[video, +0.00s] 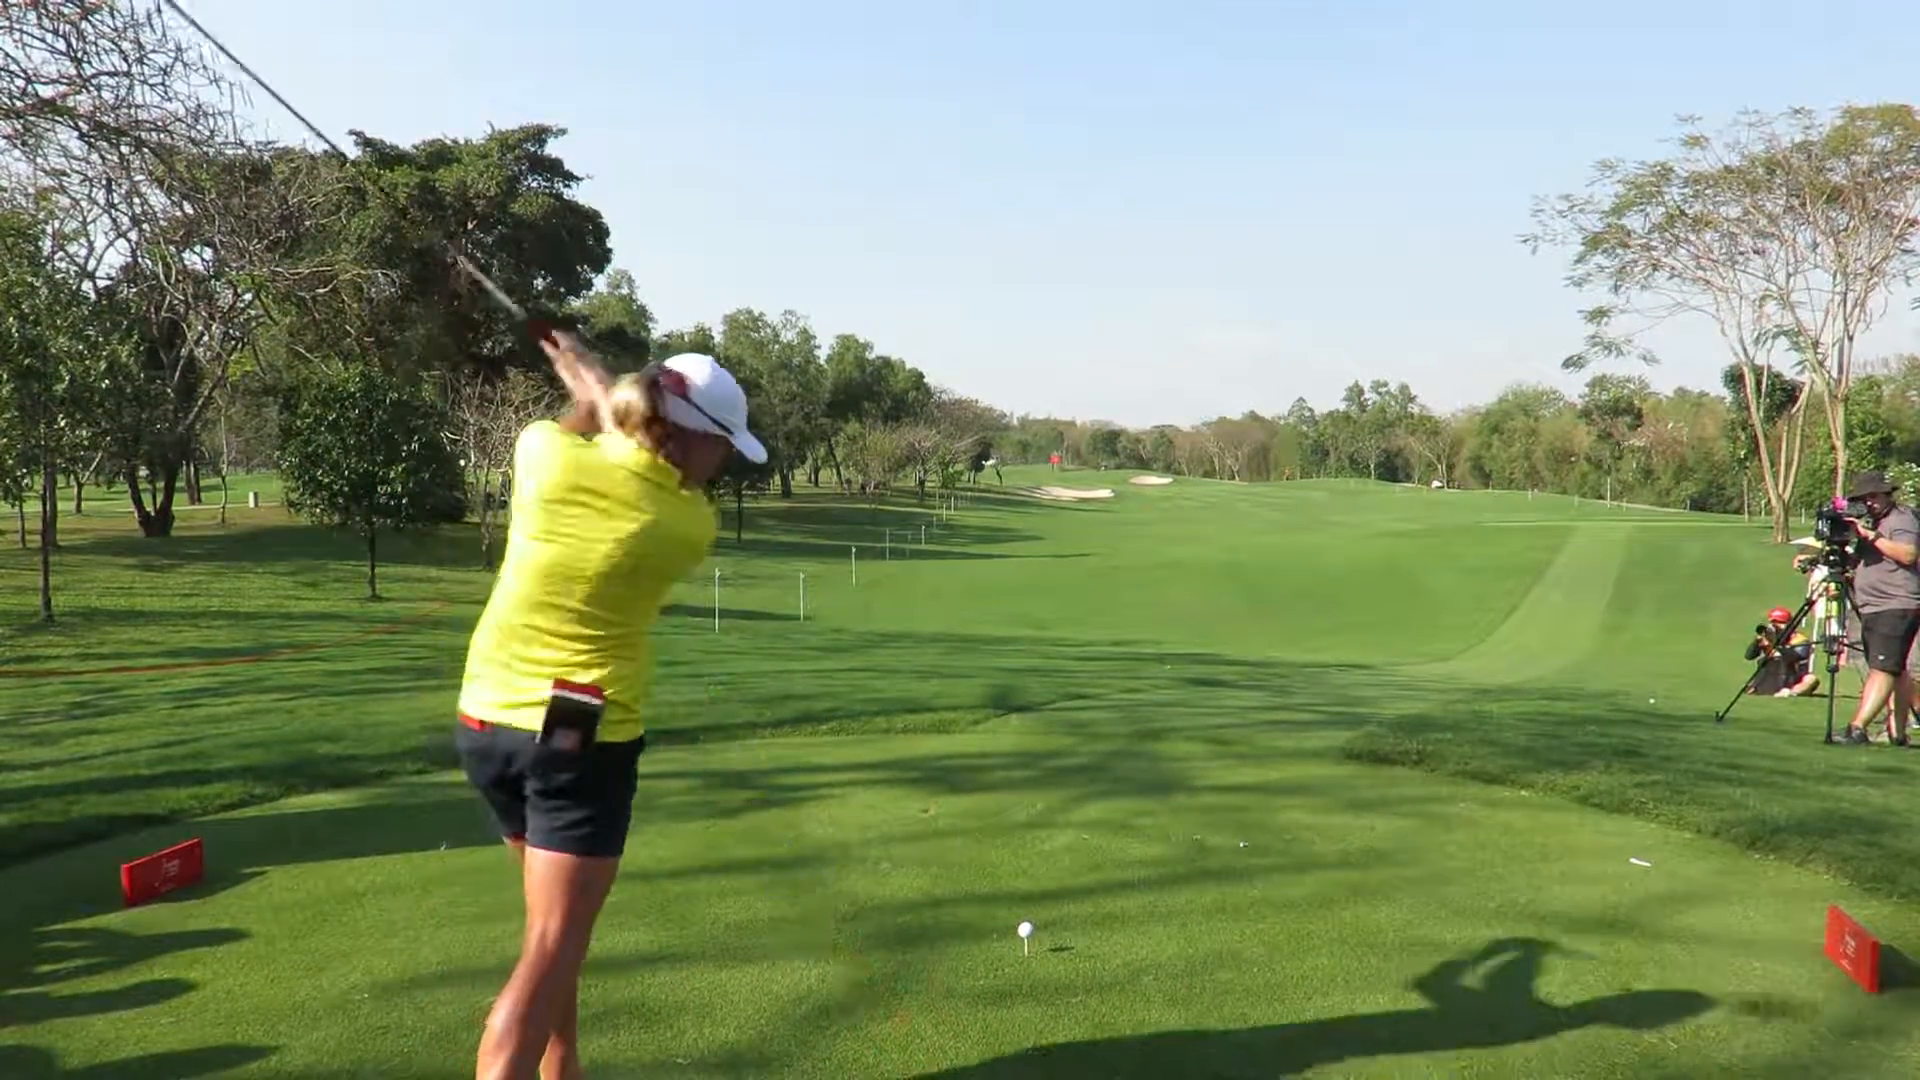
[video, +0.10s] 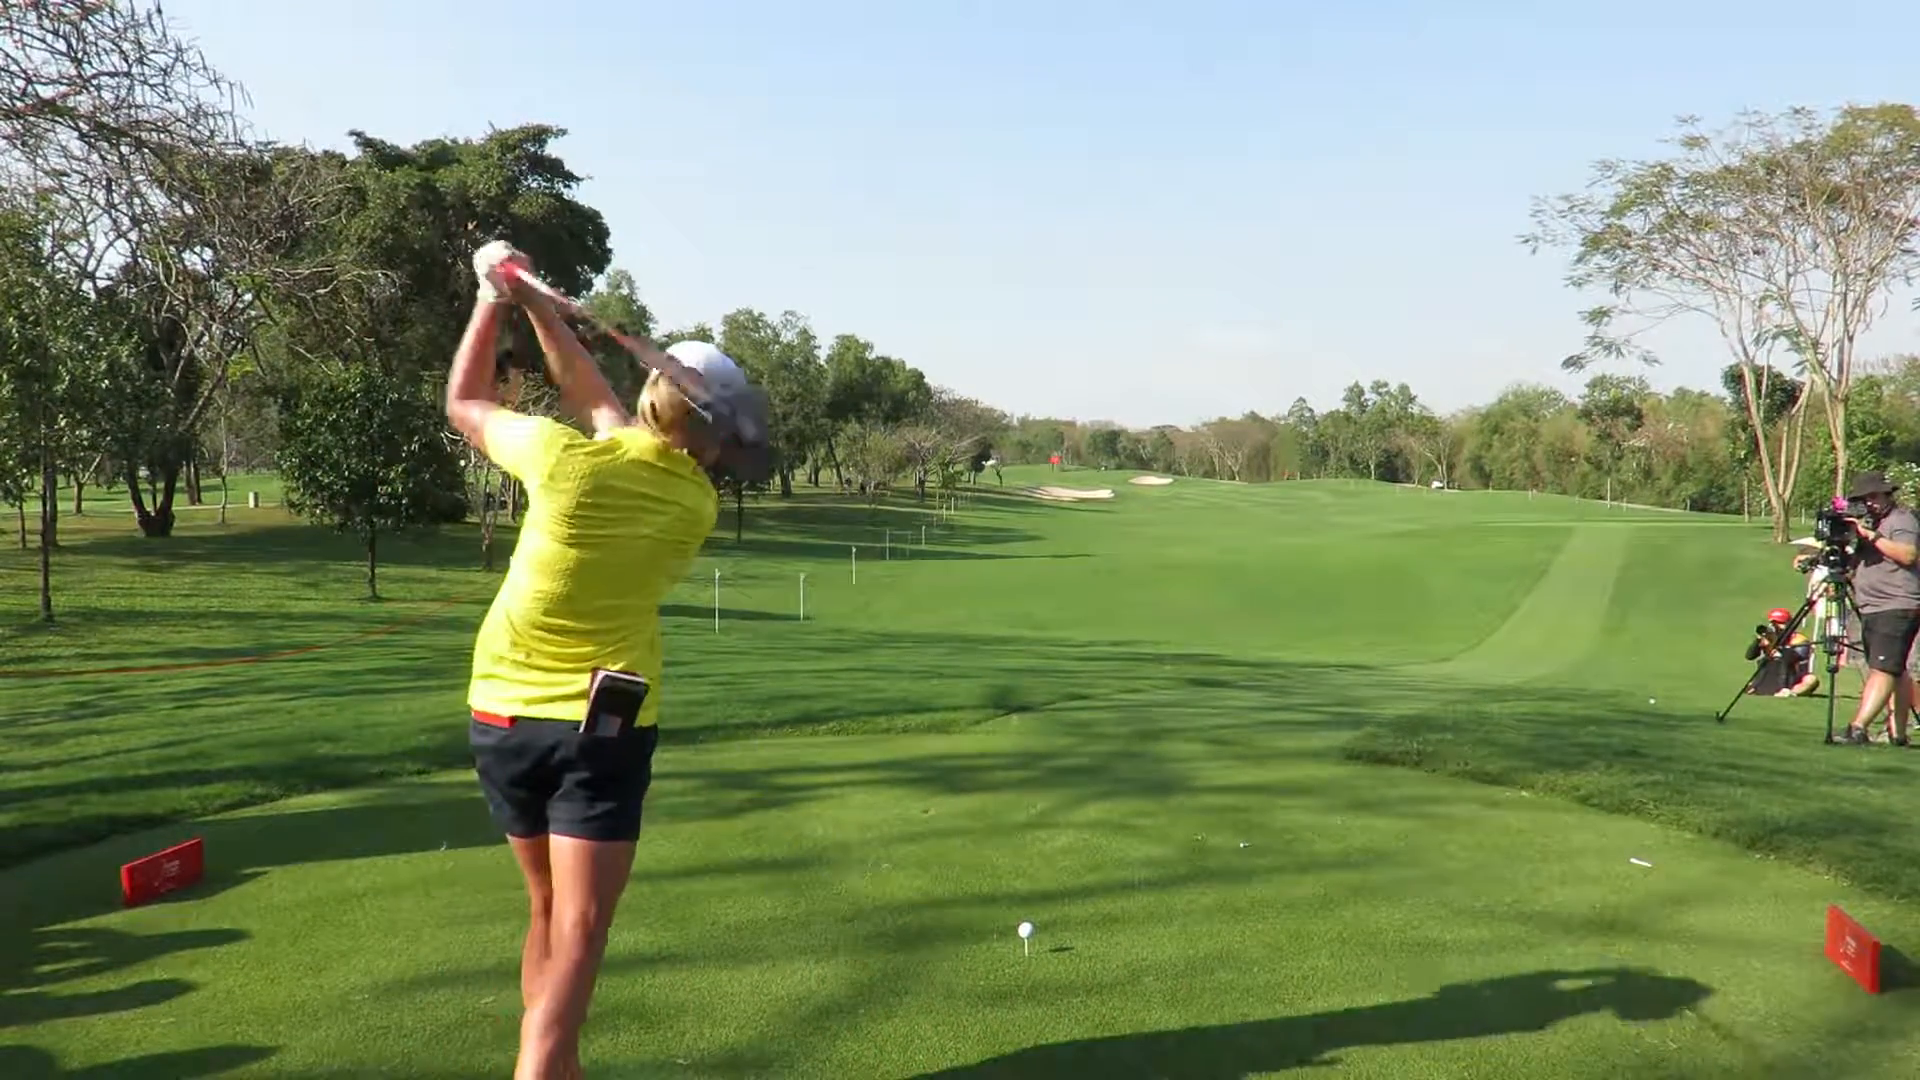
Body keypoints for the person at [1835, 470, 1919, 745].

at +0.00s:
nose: (1867, 506)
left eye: (1871, 499)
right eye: (1863, 501)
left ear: (1885, 496)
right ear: (1864, 502)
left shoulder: (1901, 519)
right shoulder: (1874, 523)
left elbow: (1908, 555)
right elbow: (1866, 562)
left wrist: (1872, 537)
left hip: (1897, 605)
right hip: (1874, 606)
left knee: (1883, 667)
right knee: (1892, 671)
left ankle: (1857, 726)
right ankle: (1898, 731)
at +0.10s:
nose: (1867, 506)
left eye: (1871, 499)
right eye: (1863, 501)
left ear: (1886, 496)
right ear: (1862, 503)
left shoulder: (1902, 519)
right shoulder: (1872, 525)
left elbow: (1908, 555)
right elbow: (1860, 565)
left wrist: (1871, 536)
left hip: (1897, 606)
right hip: (1873, 608)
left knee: (1883, 668)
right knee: (1894, 672)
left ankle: (1858, 726)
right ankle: (1898, 733)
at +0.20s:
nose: (1867, 506)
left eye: (1871, 500)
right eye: (1863, 502)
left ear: (1885, 497)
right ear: (1863, 503)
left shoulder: (1902, 520)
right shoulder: (1872, 525)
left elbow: (1908, 555)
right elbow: (1859, 562)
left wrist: (1871, 537)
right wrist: (1845, 538)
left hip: (1898, 606)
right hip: (1873, 607)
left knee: (1883, 667)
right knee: (1893, 672)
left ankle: (1858, 727)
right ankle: (1898, 733)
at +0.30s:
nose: (1867, 506)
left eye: (1871, 500)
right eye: (1863, 502)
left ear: (1885, 497)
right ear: (1864, 503)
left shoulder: (1903, 520)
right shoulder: (1873, 525)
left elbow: (1909, 556)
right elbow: (1860, 564)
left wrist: (1872, 537)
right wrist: (1844, 542)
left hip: (1898, 607)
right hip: (1873, 607)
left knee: (1883, 667)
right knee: (1892, 672)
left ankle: (1858, 727)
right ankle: (1898, 733)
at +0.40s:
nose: (1870, 506)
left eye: (1874, 499)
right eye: (1865, 501)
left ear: (1889, 496)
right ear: (1863, 503)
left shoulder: (1902, 520)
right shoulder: (1873, 524)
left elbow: (1909, 556)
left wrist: (1871, 538)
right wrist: (1843, 535)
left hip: (1897, 607)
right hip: (1873, 608)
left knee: (1883, 668)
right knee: (1895, 673)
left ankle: (1858, 728)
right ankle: (1898, 734)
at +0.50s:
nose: (1868, 506)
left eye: (1873, 499)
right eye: (1865, 501)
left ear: (1887, 496)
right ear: (1863, 502)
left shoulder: (1902, 520)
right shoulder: (1875, 525)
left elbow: (1909, 556)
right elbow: (1865, 566)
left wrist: (1872, 538)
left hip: (1898, 607)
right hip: (1874, 608)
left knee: (1884, 667)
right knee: (1891, 670)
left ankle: (1858, 727)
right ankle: (1898, 733)